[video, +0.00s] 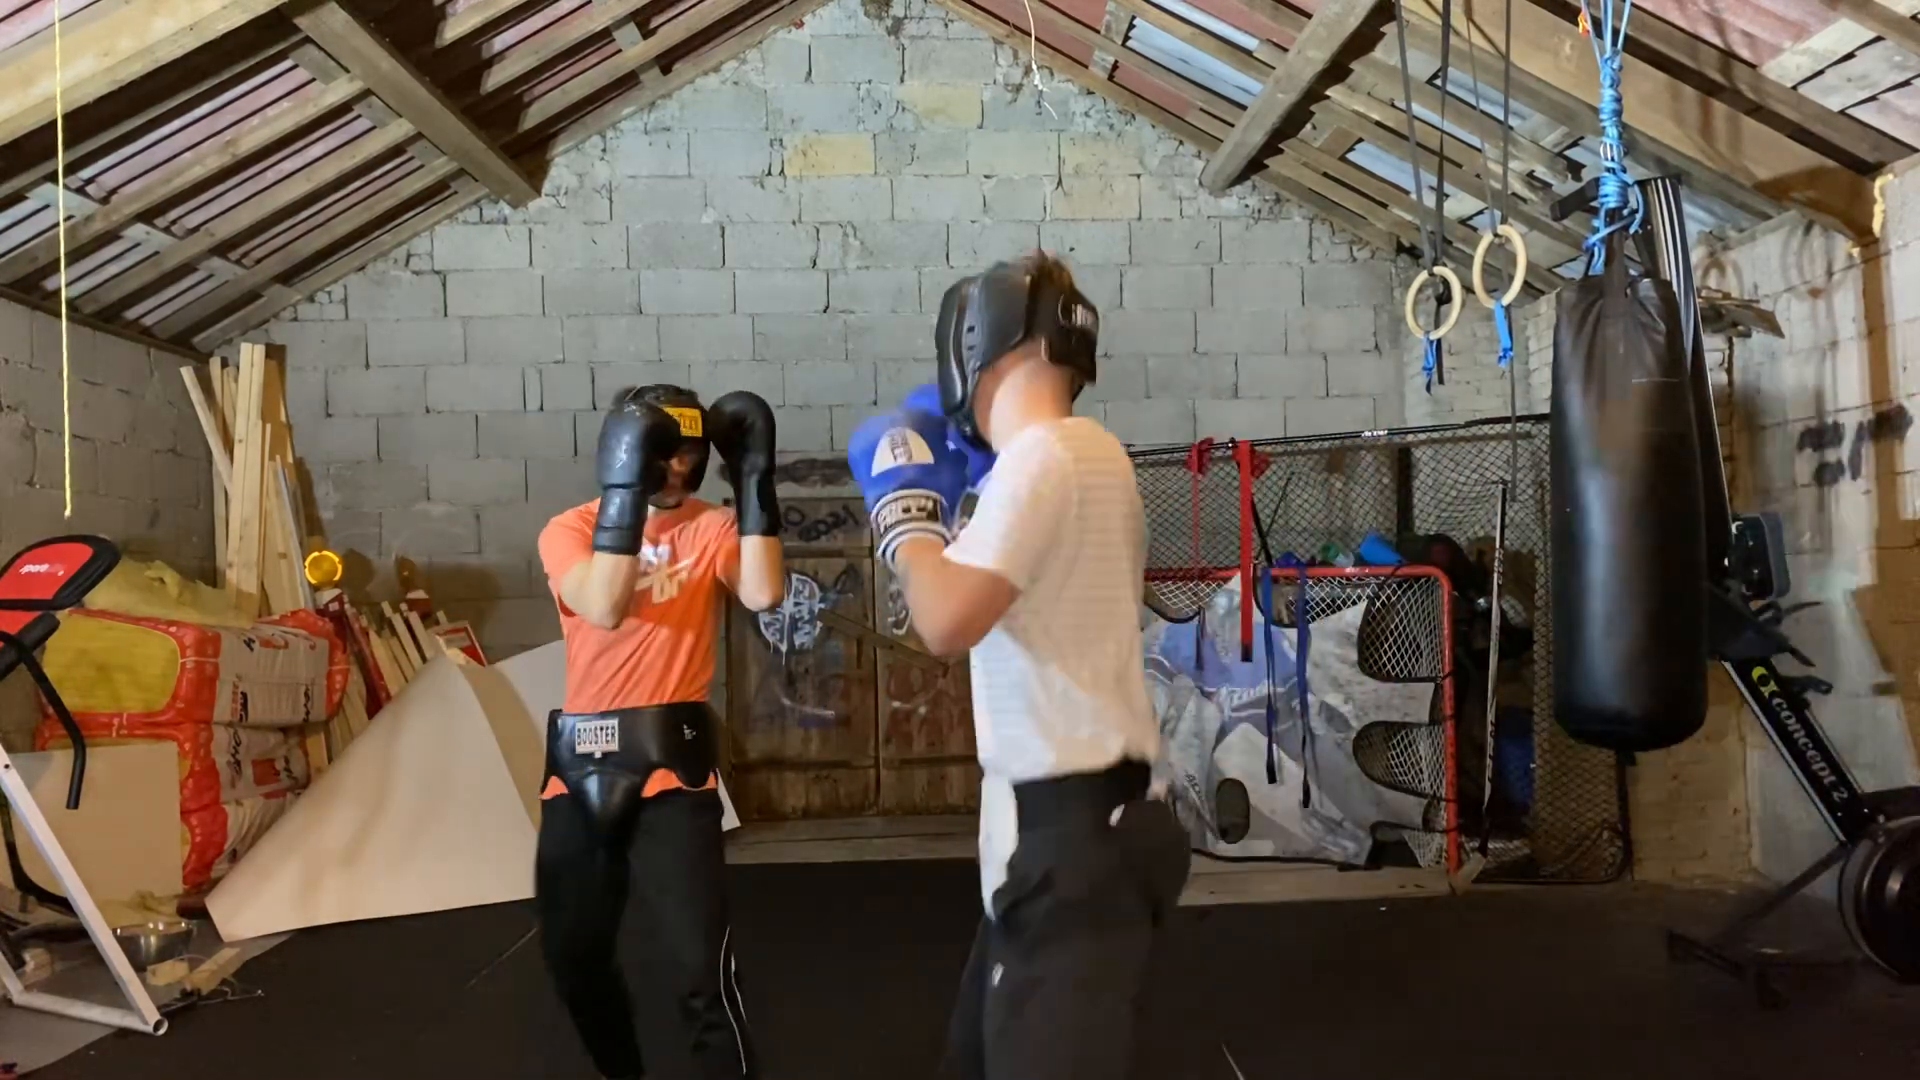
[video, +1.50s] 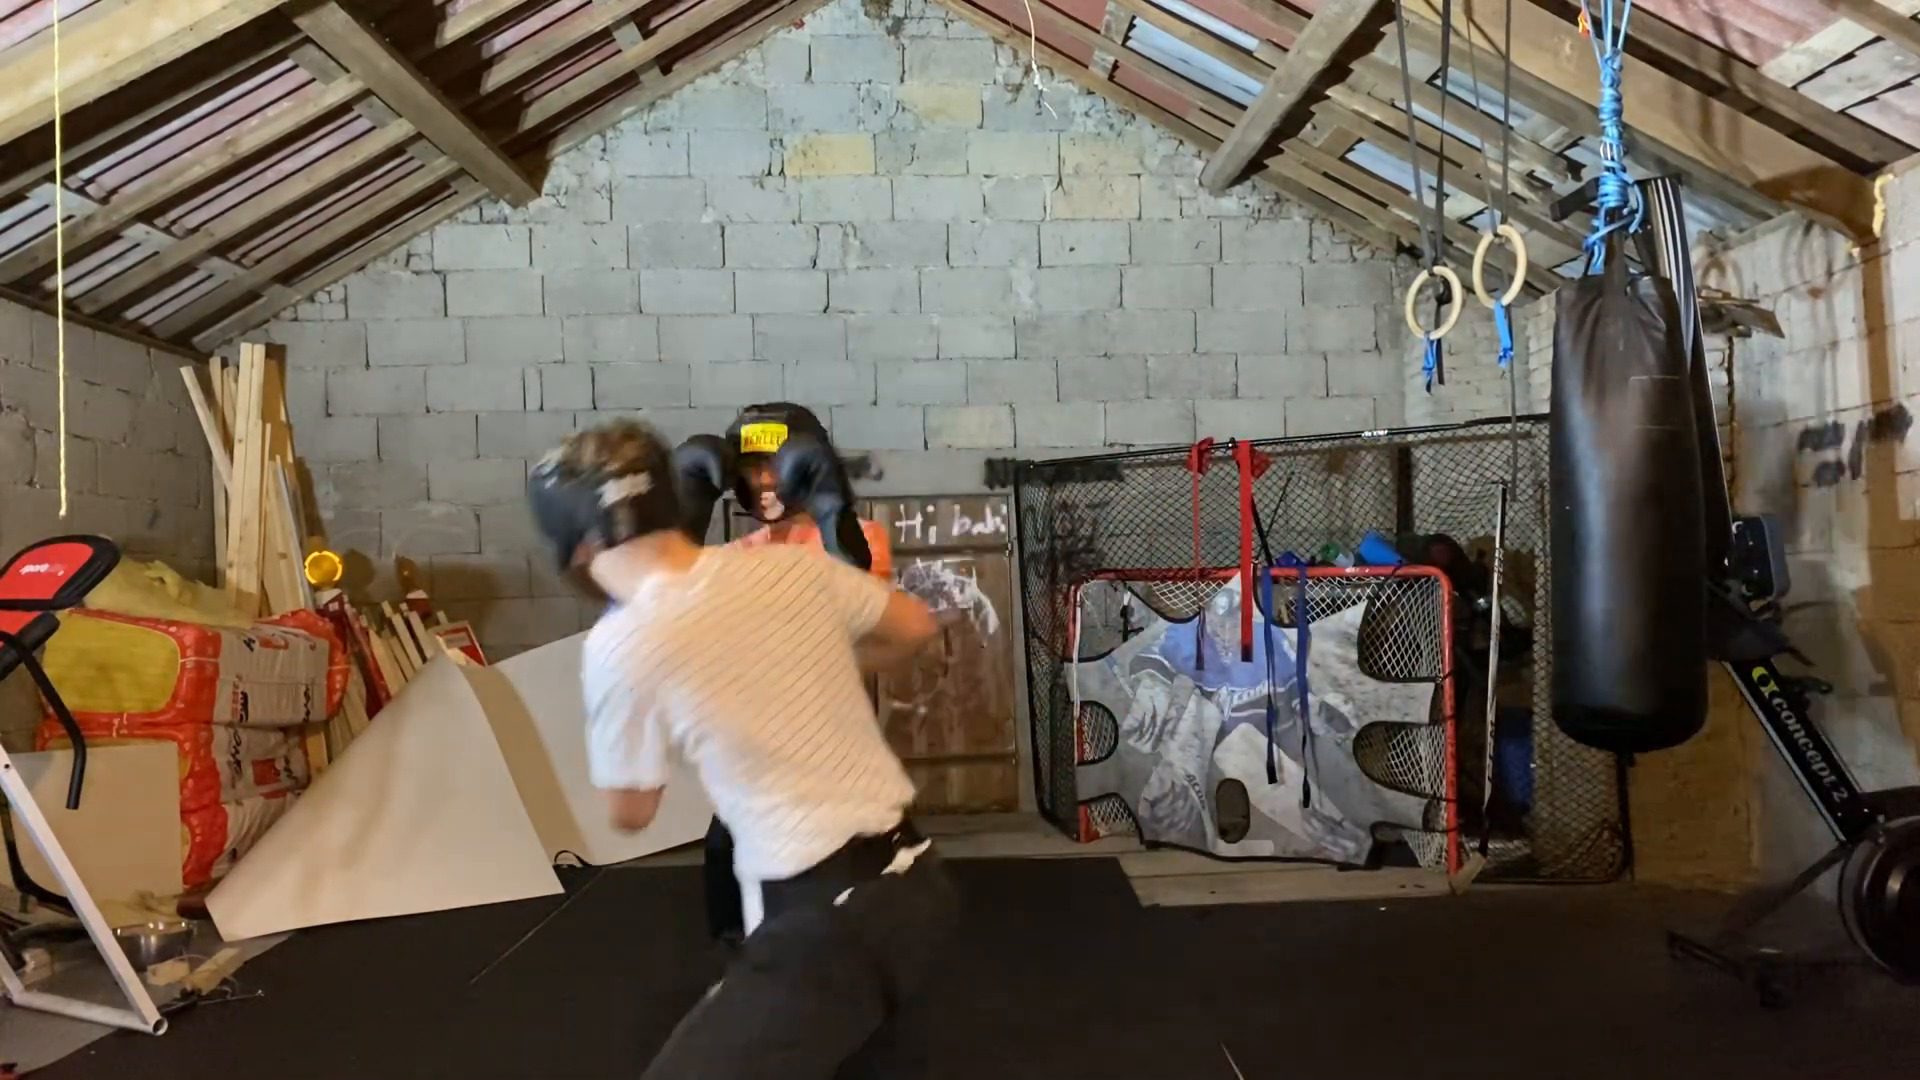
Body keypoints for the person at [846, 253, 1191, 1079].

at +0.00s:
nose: (953, 368)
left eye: (958, 345)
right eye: (952, 349)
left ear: (985, 343)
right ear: (1060, 348)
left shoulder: (1043, 461)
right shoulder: (1099, 456)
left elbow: (947, 620)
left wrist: (906, 513)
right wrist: (956, 505)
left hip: (1070, 829)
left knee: (1046, 1060)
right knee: (982, 1050)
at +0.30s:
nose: (934, 353)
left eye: (939, 333)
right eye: (938, 335)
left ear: (956, 332)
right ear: (1051, 355)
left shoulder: (973, 441)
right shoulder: (1107, 480)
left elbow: (898, 615)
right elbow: (1153, 633)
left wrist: (873, 510)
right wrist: (1065, 561)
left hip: (1007, 810)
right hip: (1091, 803)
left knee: (1024, 1052)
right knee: (1063, 1049)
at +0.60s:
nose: (863, 391)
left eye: (868, 373)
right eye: (867, 376)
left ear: (887, 374)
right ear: (980, 393)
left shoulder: (892, 475)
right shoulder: (1050, 511)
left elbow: (831, 658)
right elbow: (1107, 675)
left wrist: (832, 525)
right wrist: (1007, 623)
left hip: (987, 848)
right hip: (1080, 832)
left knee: (919, 1064)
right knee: (1030, 1055)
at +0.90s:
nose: (756, 497)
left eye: (760, 471)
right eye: (756, 471)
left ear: (786, 468)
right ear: (879, 467)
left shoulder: (803, 589)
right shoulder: (970, 565)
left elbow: (760, 782)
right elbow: (1062, 685)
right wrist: (965, 664)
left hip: (943, 947)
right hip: (1057, 918)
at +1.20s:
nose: (712, 398)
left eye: (717, 375)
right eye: (714, 377)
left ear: (736, 379)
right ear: (832, 379)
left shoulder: (749, 506)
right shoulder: (914, 496)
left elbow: (683, 686)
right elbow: (990, 616)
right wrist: (903, 570)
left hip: (834, 855)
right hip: (941, 836)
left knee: (854, 1061)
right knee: (905, 1052)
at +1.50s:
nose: (561, 556)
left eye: (558, 541)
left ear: (579, 549)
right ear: (671, 502)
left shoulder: (622, 645)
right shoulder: (789, 565)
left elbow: (630, 811)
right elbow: (915, 624)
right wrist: (826, 662)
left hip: (817, 925)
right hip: (922, 881)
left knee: (679, 1069)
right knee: (887, 1069)